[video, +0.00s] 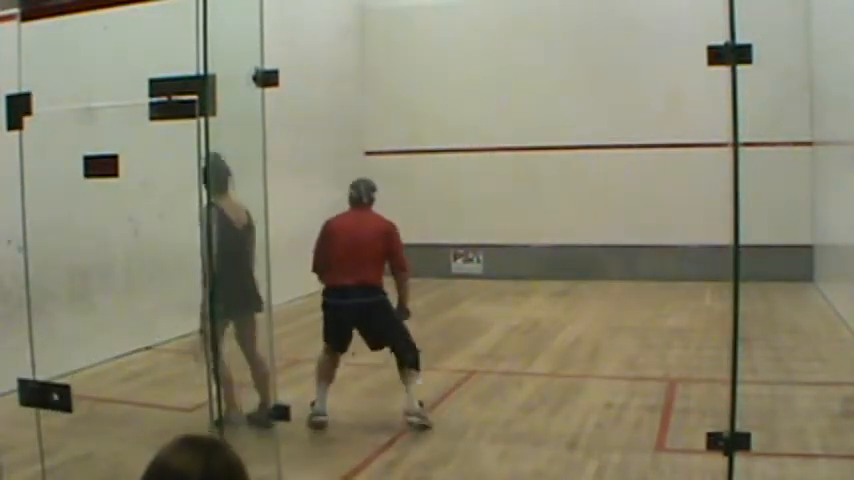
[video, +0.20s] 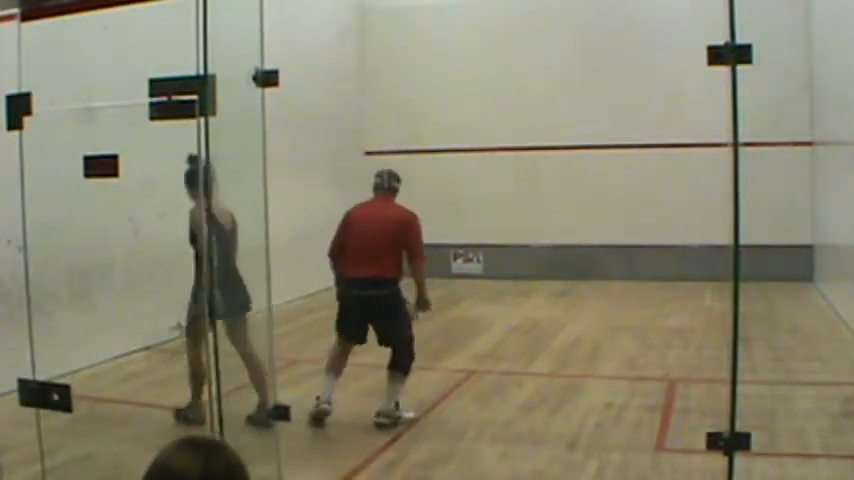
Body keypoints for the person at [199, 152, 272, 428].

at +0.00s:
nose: (205, 185)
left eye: (205, 180)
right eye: (208, 179)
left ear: (206, 182)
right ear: (228, 178)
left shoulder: (212, 215)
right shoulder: (244, 213)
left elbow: (210, 262)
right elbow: (249, 258)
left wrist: (205, 301)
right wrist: (246, 284)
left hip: (221, 294)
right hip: (246, 290)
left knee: (213, 352)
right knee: (251, 349)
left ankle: (232, 407)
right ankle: (266, 404)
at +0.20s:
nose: (188, 192)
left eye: (189, 186)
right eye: (190, 186)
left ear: (191, 188)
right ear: (212, 183)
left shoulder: (197, 216)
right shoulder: (227, 215)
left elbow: (204, 257)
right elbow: (230, 258)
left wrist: (202, 294)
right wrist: (222, 284)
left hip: (206, 292)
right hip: (233, 290)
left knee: (194, 344)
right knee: (244, 345)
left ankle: (196, 405)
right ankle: (265, 404)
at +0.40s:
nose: (157, 196)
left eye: (157, 192)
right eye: (159, 191)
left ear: (159, 193)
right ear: (182, 189)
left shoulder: (171, 219)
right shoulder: (192, 215)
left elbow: (186, 255)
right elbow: (199, 255)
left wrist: (193, 297)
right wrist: (201, 289)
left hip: (181, 295)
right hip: (205, 291)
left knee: (169, 345)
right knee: (223, 346)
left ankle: (171, 401)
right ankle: (259, 399)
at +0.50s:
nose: (139, 195)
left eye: (140, 190)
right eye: (139, 190)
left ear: (145, 190)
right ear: (164, 187)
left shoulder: (155, 217)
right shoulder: (176, 215)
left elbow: (169, 256)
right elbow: (179, 258)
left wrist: (167, 297)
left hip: (163, 294)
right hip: (185, 290)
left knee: (159, 346)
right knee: (189, 345)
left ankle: (168, 401)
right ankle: (238, 387)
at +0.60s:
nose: (121, 189)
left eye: (123, 184)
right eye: (121, 184)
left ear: (130, 186)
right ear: (146, 183)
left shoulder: (141, 214)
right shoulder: (156, 210)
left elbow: (151, 256)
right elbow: (161, 255)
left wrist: (138, 292)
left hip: (151, 286)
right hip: (164, 283)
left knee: (153, 345)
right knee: (155, 343)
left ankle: (168, 399)